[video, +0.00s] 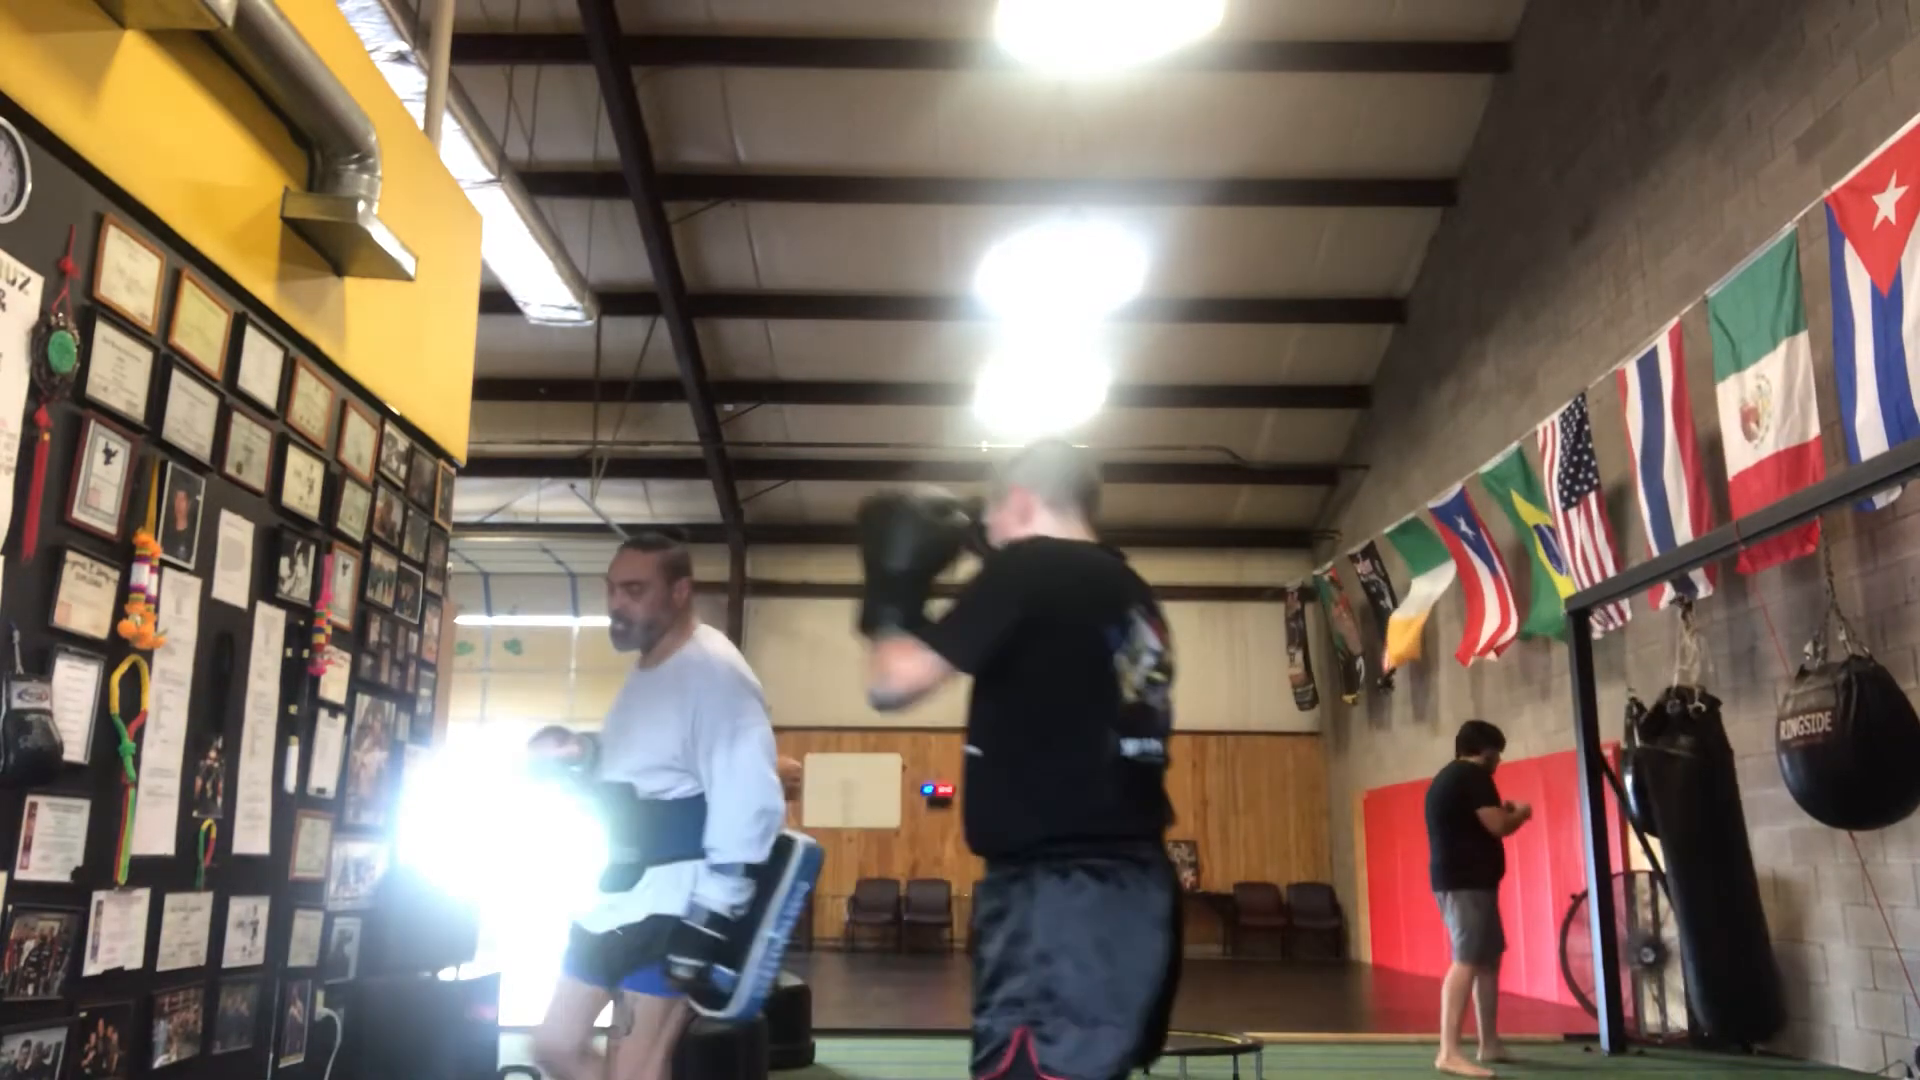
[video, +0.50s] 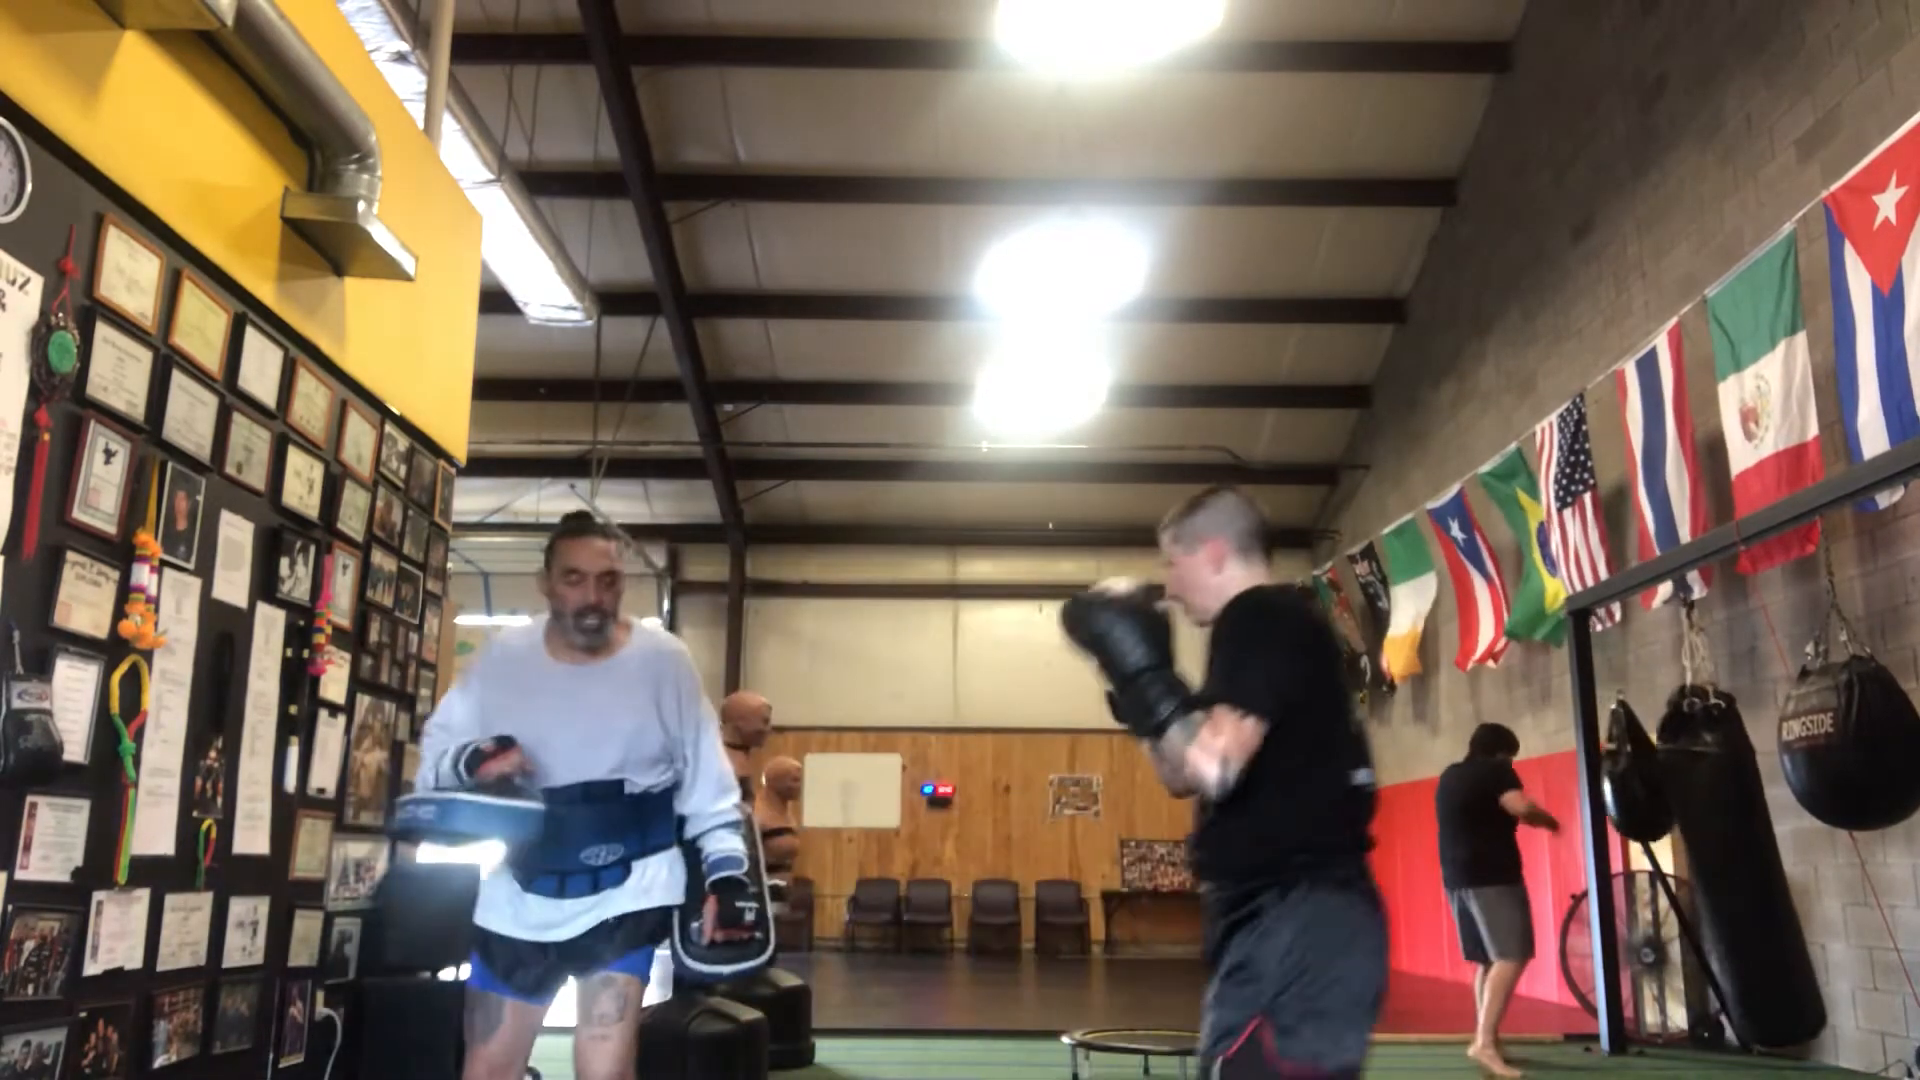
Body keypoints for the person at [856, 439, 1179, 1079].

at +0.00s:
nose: (986, 525)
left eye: (992, 505)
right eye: (988, 509)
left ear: (1023, 502)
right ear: (1081, 504)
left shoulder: (1029, 572)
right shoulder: (1127, 589)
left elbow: (893, 679)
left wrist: (892, 576)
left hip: (1055, 905)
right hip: (1130, 897)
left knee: (1027, 1067)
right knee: (1091, 1066)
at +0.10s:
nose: (1026, 535)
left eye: (1032, 520)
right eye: (1028, 521)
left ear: (1064, 514)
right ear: (1119, 519)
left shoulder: (1076, 588)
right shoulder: (1163, 603)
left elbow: (962, 717)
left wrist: (939, 628)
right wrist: (1015, 583)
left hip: (1088, 913)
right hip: (1159, 907)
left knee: (1042, 1066)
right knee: (1120, 1067)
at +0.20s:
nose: (1070, 565)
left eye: (1074, 545)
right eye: (1070, 548)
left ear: (1108, 534)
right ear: (1155, 537)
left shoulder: (1124, 606)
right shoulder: (1204, 620)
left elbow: (1053, 751)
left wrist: (992, 672)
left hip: (1127, 927)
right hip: (1194, 921)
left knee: (1076, 1066)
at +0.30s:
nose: (1113, 579)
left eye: (1117, 559)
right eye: (1114, 561)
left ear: (1151, 554)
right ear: (1194, 554)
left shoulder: (1175, 630)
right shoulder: (1242, 636)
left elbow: (1127, 782)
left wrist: (1048, 704)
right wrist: (1113, 652)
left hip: (1186, 944)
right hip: (1243, 937)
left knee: (1124, 1067)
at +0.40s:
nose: (1148, 594)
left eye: (1151, 575)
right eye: (1145, 579)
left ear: (1187, 564)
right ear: (1204, 561)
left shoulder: (1223, 633)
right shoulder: (1263, 635)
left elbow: (1191, 791)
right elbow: (1193, 772)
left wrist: (1107, 702)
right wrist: (1132, 694)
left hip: (1246, 944)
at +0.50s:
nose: (1168, 582)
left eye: (1172, 562)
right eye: (1167, 566)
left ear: (1214, 553)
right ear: (1220, 553)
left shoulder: (1266, 617)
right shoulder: (1256, 626)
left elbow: (1209, 764)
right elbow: (1179, 773)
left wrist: (1144, 669)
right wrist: (1133, 669)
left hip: (1300, 925)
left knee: (1248, 1064)